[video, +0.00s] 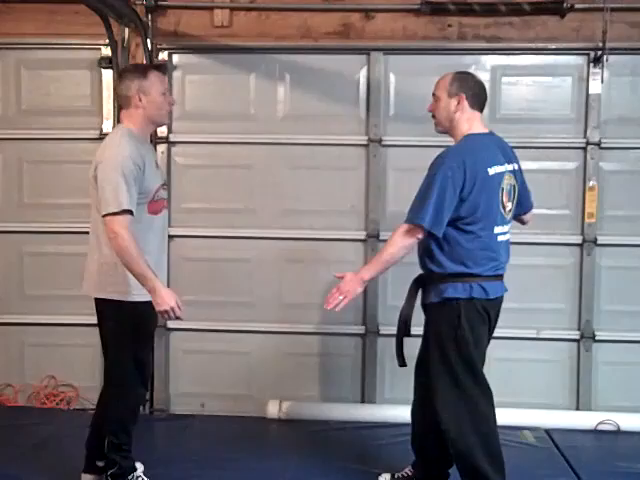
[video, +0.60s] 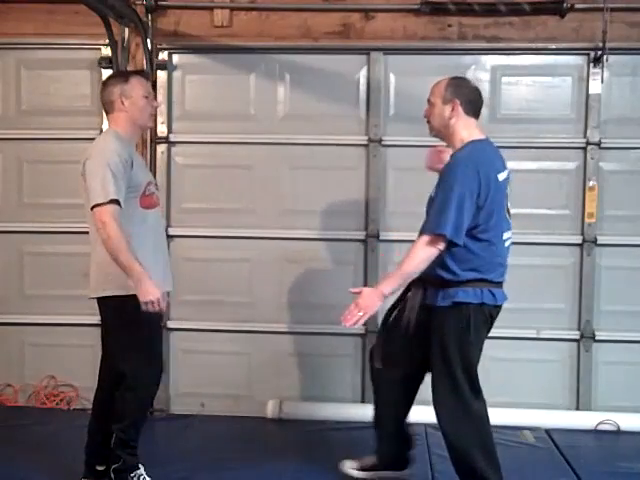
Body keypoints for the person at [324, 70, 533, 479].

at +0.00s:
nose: (430, 108)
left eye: (436, 99)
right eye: (432, 100)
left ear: (460, 103)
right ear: (470, 105)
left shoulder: (453, 160)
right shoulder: (502, 151)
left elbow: (414, 230)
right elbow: (522, 213)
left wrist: (362, 275)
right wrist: (468, 204)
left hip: (456, 298)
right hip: (482, 295)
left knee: (460, 394)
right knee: (433, 383)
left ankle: (485, 476)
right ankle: (428, 469)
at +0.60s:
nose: (425, 113)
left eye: (431, 105)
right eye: (427, 105)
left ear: (454, 109)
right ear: (463, 110)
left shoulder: (466, 164)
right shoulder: (488, 154)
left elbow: (434, 239)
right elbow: (485, 203)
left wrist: (381, 290)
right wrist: (452, 167)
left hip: (463, 297)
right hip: (440, 290)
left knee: (455, 397)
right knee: (390, 361)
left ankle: (483, 476)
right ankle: (391, 458)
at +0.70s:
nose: (420, 115)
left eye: (425, 106)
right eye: (422, 107)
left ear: (448, 111)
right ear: (453, 112)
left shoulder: (468, 164)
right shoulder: (469, 158)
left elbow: (449, 244)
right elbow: (450, 200)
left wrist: (390, 290)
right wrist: (423, 173)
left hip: (459, 299)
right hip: (438, 296)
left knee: (455, 403)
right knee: (393, 379)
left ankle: (484, 477)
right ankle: (357, 461)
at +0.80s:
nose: (412, 117)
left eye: (418, 109)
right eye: (413, 109)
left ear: (442, 113)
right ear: (443, 114)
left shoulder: (469, 167)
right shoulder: (442, 162)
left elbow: (458, 248)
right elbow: (426, 207)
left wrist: (399, 291)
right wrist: (389, 169)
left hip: (453, 303)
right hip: (422, 301)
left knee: (454, 409)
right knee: (383, 389)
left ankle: (484, 476)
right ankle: (338, 464)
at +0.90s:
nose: (402, 120)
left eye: (408, 112)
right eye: (403, 112)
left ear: (432, 117)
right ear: (432, 117)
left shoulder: (467, 172)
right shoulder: (421, 162)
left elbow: (467, 251)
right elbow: (390, 192)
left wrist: (405, 293)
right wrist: (352, 162)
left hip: (444, 306)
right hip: (404, 304)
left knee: (450, 410)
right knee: (370, 393)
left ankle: (482, 477)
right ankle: (331, 471)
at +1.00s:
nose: (389, 120)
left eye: (396, 112)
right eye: (391, 112)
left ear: (421, 118)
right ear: (421, 118)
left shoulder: (456, 172)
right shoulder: (397, 162)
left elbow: (468, 249)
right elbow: (357, 179)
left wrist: (406, 289)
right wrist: (312, 151)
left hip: (434, 307)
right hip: (386, 301)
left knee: (443, 404)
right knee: (352, 389)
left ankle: (480, 479)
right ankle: (329, 470)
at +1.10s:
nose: (378, 118)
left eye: (384, 111)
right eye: (380, 110)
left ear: (409, 117)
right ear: (407, 117)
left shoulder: (445, 172)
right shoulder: (376, 160)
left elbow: (462, 247)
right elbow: (323, 163)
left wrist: (404, 283)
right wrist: (280, 141)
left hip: (424, 307)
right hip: (374, 300)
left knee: (439, 406)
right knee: (343, 391)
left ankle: (474, 477)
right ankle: (330, 471)